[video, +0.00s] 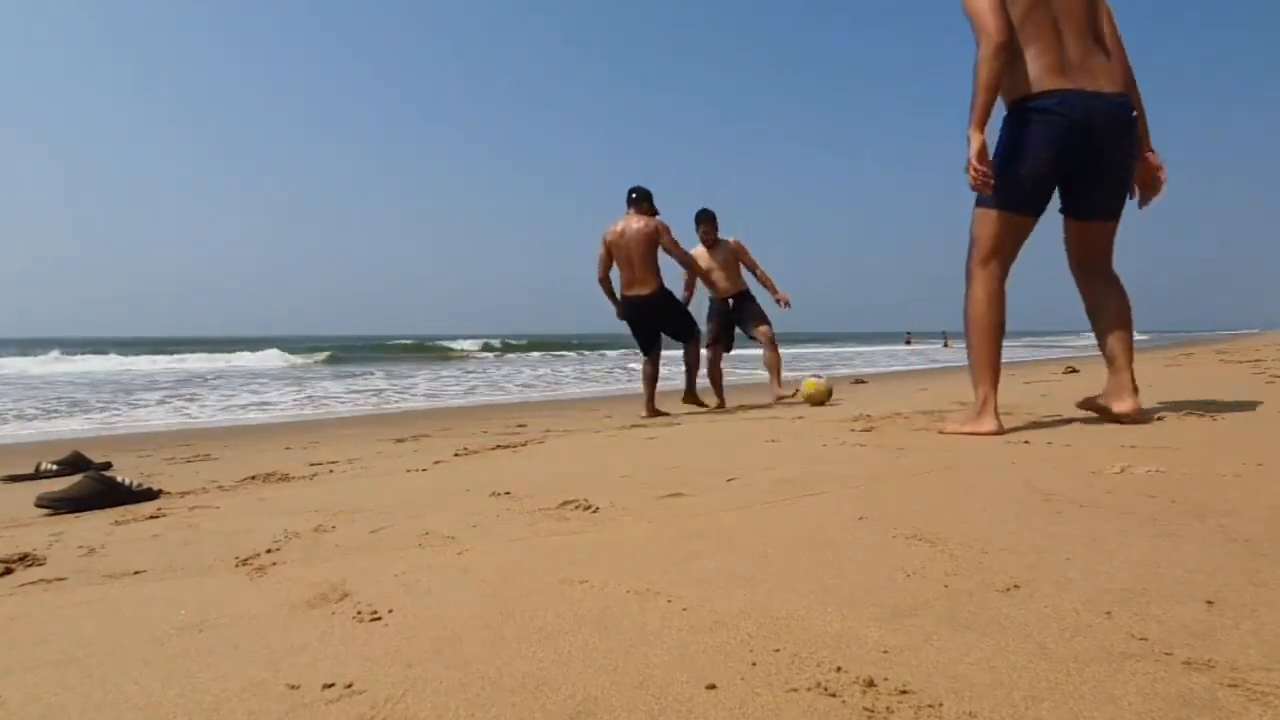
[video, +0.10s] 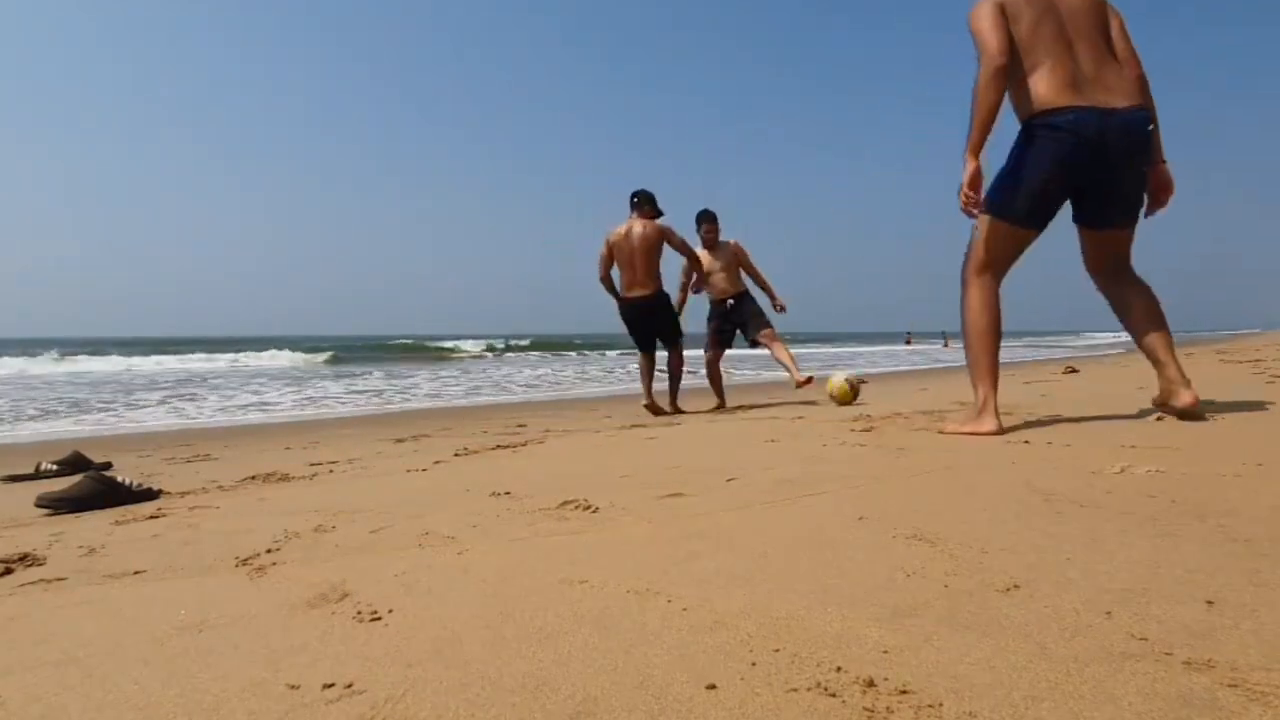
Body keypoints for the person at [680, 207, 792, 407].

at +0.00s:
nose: (707, 235)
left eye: (710, 230)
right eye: (703, 231)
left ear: (717, 229)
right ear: (697, 232)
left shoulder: (733, 247)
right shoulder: (695, 257)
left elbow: (756, 270)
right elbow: (688, 290)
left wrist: (776, 293)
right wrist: (680, 314)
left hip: (742, 299)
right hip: (718, 304)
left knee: (767, 336)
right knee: (713, 353)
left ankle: (777, 389)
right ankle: (720, 400)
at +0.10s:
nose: (711, 236)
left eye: (714, 231)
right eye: (707, 232)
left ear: (718, 229)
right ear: (699, 233)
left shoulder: (733, 249)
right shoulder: (694, 258)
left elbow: (754, 274)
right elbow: (683, 290)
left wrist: (774, 298)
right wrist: (676, 316)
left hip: (742, 300)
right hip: (719, 306)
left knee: (768, 336)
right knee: (711, 358)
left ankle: (797, 376)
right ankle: (721, 401)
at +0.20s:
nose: (713, 230)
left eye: (716, 226)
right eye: (709, 227)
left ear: (721, 226)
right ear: (702, 228)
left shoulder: (735, 246)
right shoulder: (695, 256)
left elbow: (752, 273)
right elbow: (687, 287)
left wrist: (771, 299)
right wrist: (684, 313)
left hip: (744, 298)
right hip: (720, 304)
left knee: (769, 331)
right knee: (711, 358)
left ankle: (792, 379)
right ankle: (721, 401)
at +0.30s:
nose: (722, 222)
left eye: (724, 217)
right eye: (716, 218)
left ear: (728, 218)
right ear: (707, 221)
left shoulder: (741, 241)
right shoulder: (701, 251)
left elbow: (756, 270)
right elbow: (694, 280)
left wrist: (770, 295)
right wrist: (696, 306)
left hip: (748, 295)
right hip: (723, 299)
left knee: (769, 333)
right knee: (715, 353)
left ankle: (784, 388)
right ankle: (721, 399)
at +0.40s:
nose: (732, 214)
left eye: (735, 210)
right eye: (727, 210)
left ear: (738, 212)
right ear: (717, 214)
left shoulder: (750, 236)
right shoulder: (708, 244)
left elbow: (763, 262)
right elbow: (703, 274)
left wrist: (771, 289)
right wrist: (705, 300)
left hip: (753, 292)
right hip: (727, 295)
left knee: (768, 337)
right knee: (721, 350)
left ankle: (782, 393)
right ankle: (720, 398)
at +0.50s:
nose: (747, 210)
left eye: (750, 206)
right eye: (742, 206)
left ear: (753, 209)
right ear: (732, 208)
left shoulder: (762, 234)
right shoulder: (721, 238)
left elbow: (775, 260)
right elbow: (712, 269)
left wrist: (776, 282)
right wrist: (715, 299)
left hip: (760, 292)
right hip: (735, 293)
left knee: (770, 339)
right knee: (726, 348)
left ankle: (781, 393)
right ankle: (719, 397)